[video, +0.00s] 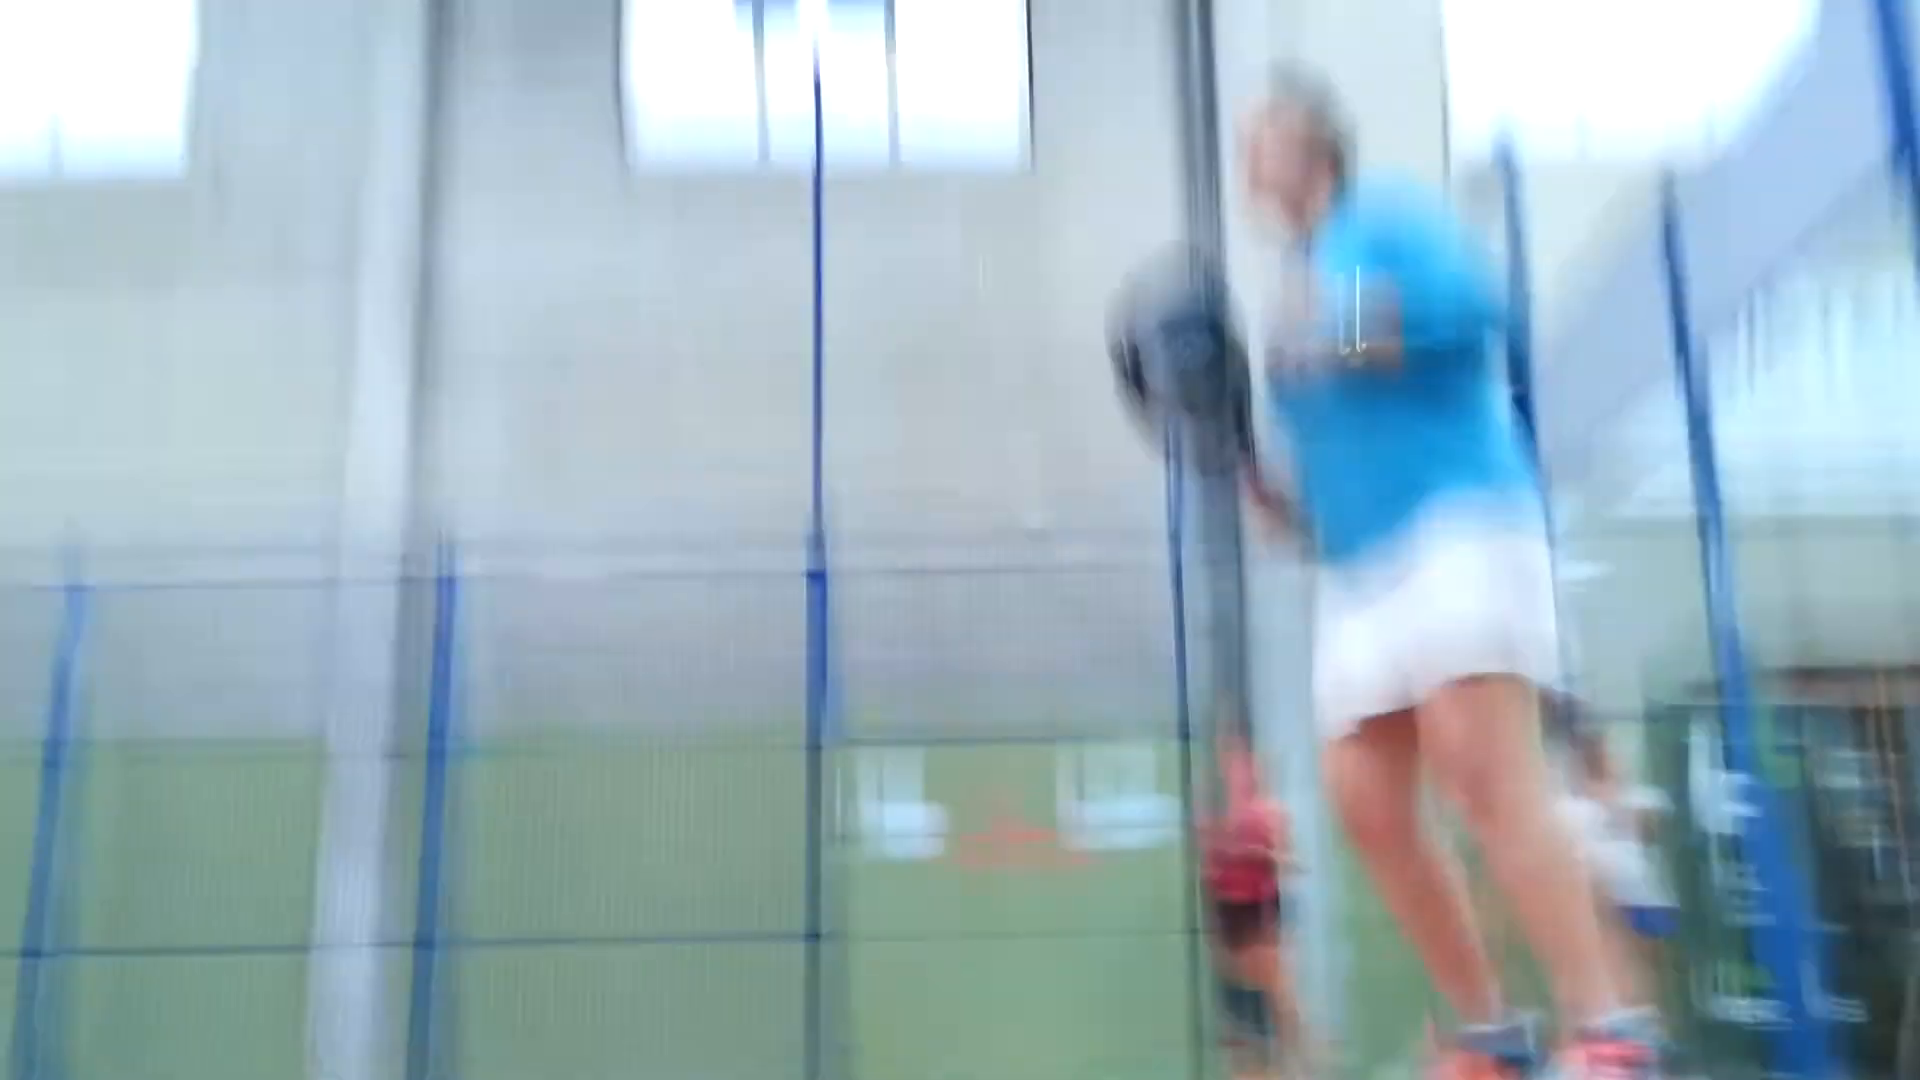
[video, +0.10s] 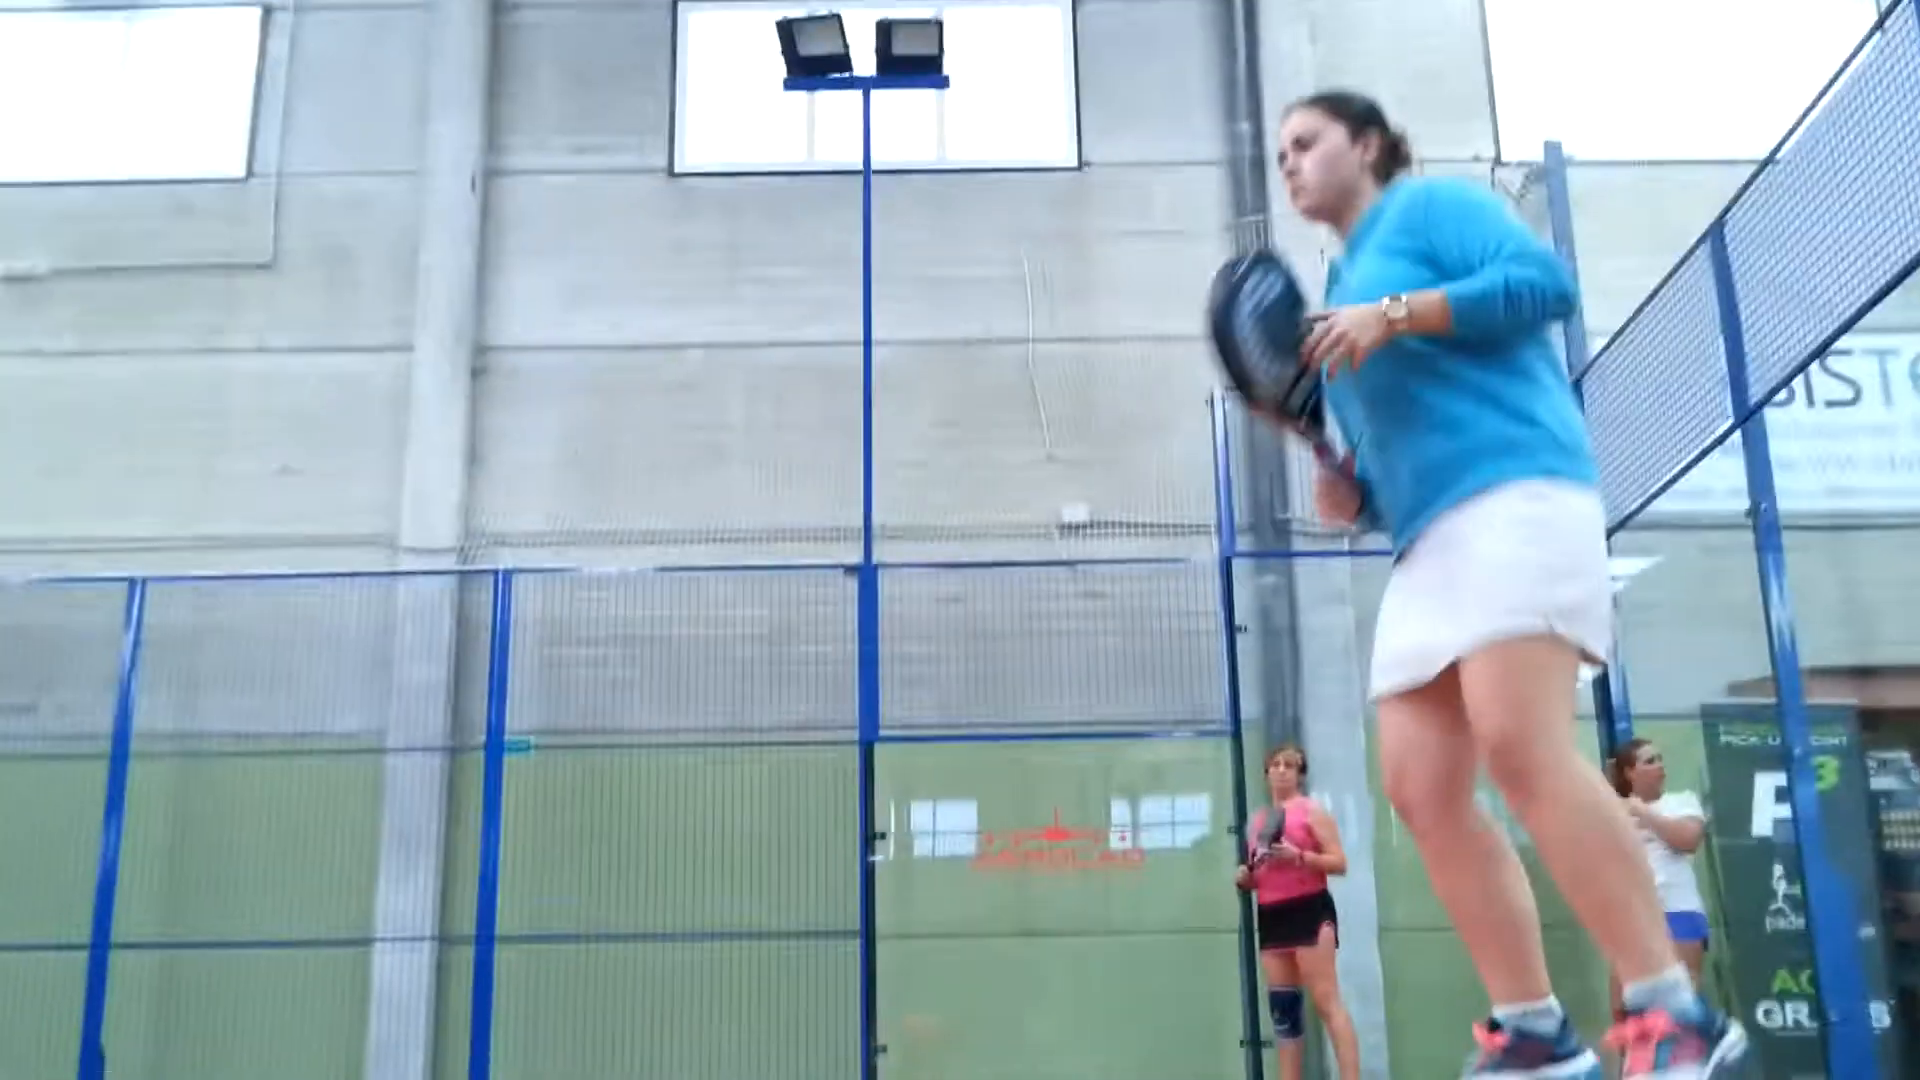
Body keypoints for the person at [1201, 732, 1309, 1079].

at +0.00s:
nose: (1238, 777)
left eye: (1244, 768)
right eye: (1232, 768)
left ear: (1256, 773)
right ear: (1223, 775)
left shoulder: (1265, 814)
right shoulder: (1220, 817)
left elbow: (1280, 856)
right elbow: (1213, 865)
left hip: (1259, 900)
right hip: (1227, 902)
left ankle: (1292, 1054)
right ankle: (1245, 1061)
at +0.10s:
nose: (1281, 771)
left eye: (1288, 766)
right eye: (1276, 765)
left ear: (1300, 773)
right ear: (1266, 773)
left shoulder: (1312, 811)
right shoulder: (1259, 819)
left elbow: (1338, 862)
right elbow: (1254, 869)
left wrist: (1299, 856)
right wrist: (1246, 874)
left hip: (1309, 905)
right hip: (1271, 907)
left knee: (1326, 1002)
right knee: (1283, 1009)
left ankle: (1350, 1073)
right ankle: (1288, 1075)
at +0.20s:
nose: (1284, 723)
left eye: (1290, 716)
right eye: (1278, 716)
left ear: (1302, 721)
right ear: (1270, 722)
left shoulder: (1315, 761)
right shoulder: (1262, 768)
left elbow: (1339, 808)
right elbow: (1261, 812)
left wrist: (1300, 802)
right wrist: (1250, 822)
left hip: (1311, 854)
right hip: (1273, 857)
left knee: (1330, 950)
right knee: (1287, 956)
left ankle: (1355, 1034)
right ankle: (1292, 1041)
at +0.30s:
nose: (1285, 671)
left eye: (1292, 664)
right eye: (1279, 664)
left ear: (1302, 672)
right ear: (1269, 672)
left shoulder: (1315, 711)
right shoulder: (1262, 719)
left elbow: (1340, 759)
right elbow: (1260, 764)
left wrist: (1300, 754)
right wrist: (1250, 773)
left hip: (1311, 802)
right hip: (1273, 805)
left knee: (1328, 897)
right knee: (1286, 904)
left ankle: (1354, 985)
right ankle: (1291, 990)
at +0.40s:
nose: (1289, 657)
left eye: (1296, 652)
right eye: (1283, 651)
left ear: (1306, 660)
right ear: (1273, 659)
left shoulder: (1319, 698)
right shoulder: (1264, 706)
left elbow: (1345, 748)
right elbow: (1264, 757)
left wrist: (1306, 741)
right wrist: (1253, 761)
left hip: (1314, 790)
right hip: (1276, 793)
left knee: (1331, 885)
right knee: (1288, 892)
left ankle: (1357, 975)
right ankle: (1293, 980)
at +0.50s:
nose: (1294, 660)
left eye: (1301, 655)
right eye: (1288, 654)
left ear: (1312, 663)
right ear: (1278, 661)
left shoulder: (1325, 700)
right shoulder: (1270, 708)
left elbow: (1350, 751)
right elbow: (1270, 758)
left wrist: (1311, 743)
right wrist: (1259, 762)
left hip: (1318, 792)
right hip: (1281, 795)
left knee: (1335, 888)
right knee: (1292, 896)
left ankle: (1360, 978)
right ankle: (1296, 982)